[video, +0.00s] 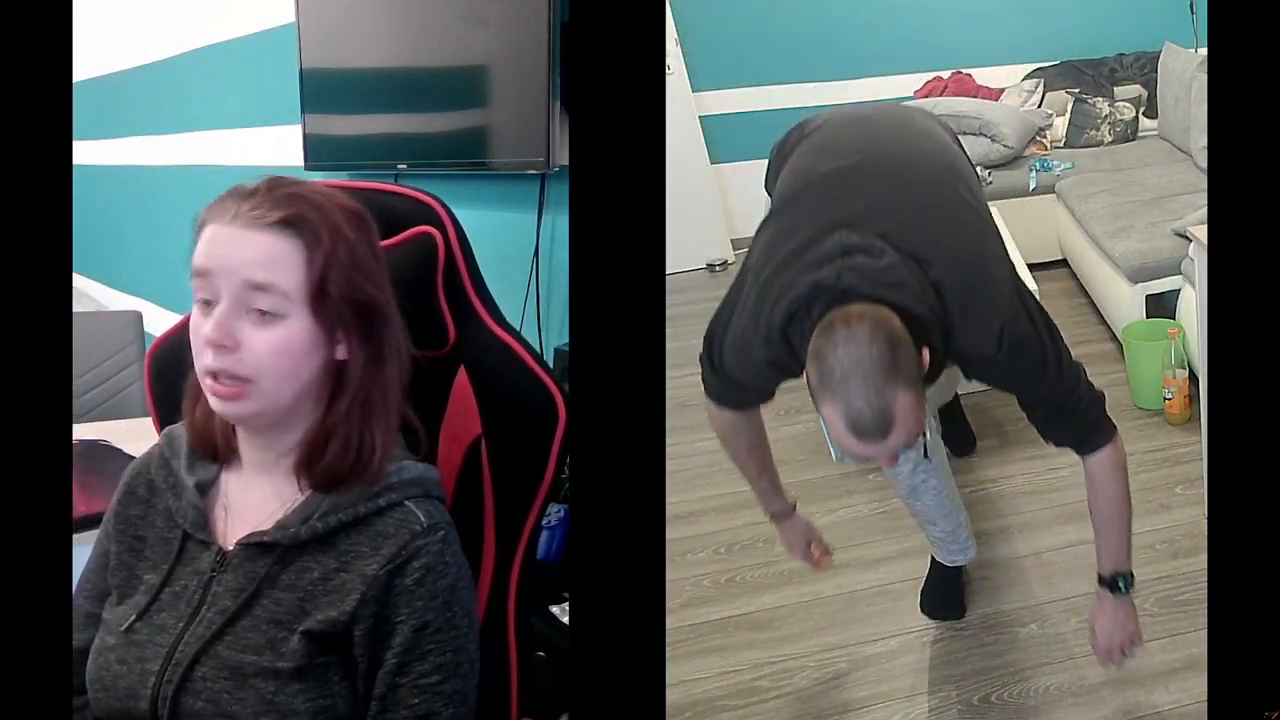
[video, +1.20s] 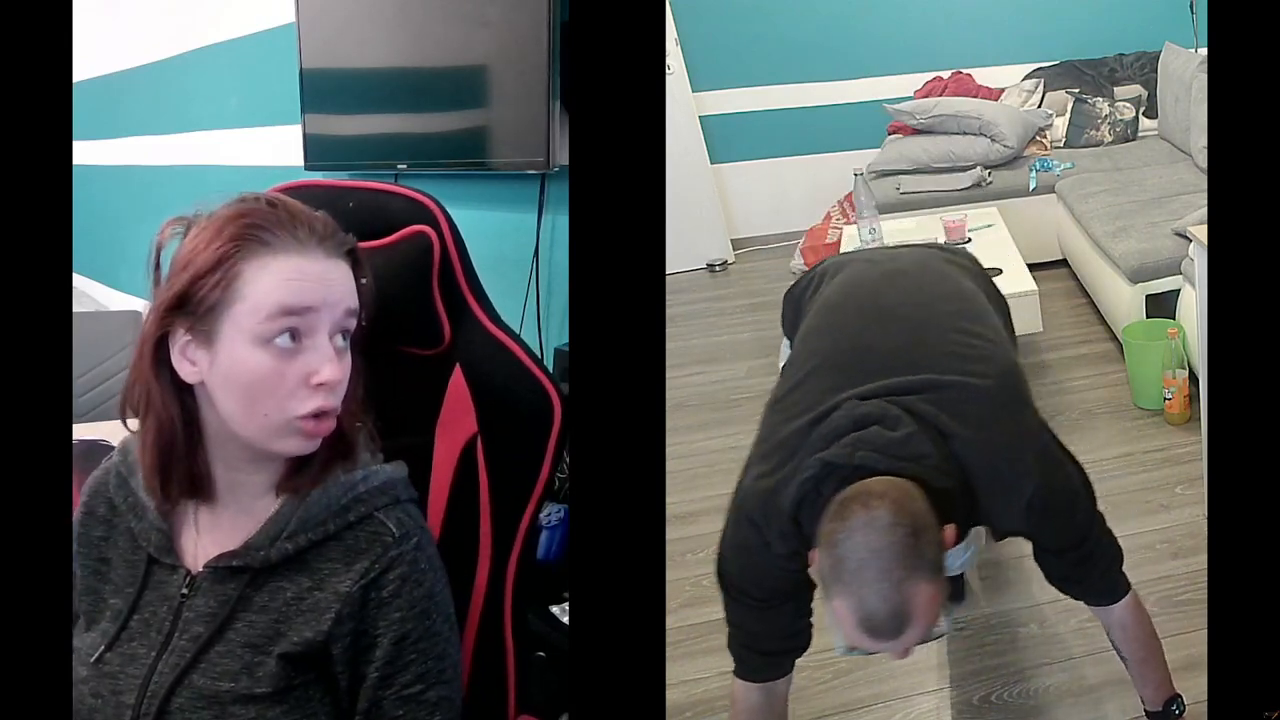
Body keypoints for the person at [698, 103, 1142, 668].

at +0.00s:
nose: (892, 465)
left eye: (905, 448)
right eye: (868, 458)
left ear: (925, 361)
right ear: (811, 381)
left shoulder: (990, 321)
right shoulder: (754, 334)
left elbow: (1100, 440)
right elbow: (726, 398)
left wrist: (1117, 587)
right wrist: (781, 513)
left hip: (920, 129)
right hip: (805, 142)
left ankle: (947, 397)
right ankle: (951, 553)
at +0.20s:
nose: (904, 508)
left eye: (916, 490)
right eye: (876, 503)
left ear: (935, 407)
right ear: (823, 432)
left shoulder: (1001, 358)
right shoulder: (770, 377)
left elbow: (1117, 481)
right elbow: (730, 462)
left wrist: (1152, 642)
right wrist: (773, 592)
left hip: (936, 163)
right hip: (817, 169)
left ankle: (956, 402)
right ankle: (951, 556)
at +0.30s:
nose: (910, 534)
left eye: (925, 514)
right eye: (885, 527)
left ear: (945, 433)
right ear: (831, 454)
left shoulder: (1013, 384)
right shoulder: (776, 400)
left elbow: (1118, 515)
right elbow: (732, 500)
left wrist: (1165, 672)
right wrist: (771, 637)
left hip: (946, 176)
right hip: (824, 182)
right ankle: (954, 548)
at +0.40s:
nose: (920, 557)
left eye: (930, 544)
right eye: (897, 550)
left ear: (958, 454)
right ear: (843, 477)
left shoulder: (1020, 413)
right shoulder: (786, 422)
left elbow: (1110, 552)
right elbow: (739, 533)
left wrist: (1165, 694)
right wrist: (769, 684)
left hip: (957, 194)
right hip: (835, 198)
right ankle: (951, 549)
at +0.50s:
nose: (936, 587)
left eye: (953, 569)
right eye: (909, 579)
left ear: (974, 477)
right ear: (857, 502)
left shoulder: (1039, 439)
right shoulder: (794, 443)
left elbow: (1111, 579)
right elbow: (744, 570)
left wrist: (1164, 706)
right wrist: (761, 713)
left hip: (973, 212)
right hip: (848, 212)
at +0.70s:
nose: (973, 620)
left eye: (990, 605)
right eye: (949, 613)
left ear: (1011, 510)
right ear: (891, 532)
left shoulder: (1066, 454)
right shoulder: (819, 486)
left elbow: (1130, 587)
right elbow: (778, 640)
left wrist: (1168, 707)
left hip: (988, 233)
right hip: (863, 240)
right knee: (833, 330)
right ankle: (826, 284)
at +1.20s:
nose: (904, 659)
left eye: (919, 640)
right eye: (873, 652)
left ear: (946, 542)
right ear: (816, 569)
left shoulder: (1023, 473)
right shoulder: (761, 526)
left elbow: (1113, 597)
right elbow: (759, 686)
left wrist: (1165, 709)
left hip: (953, 269)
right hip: (827, 282)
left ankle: (958, 547)